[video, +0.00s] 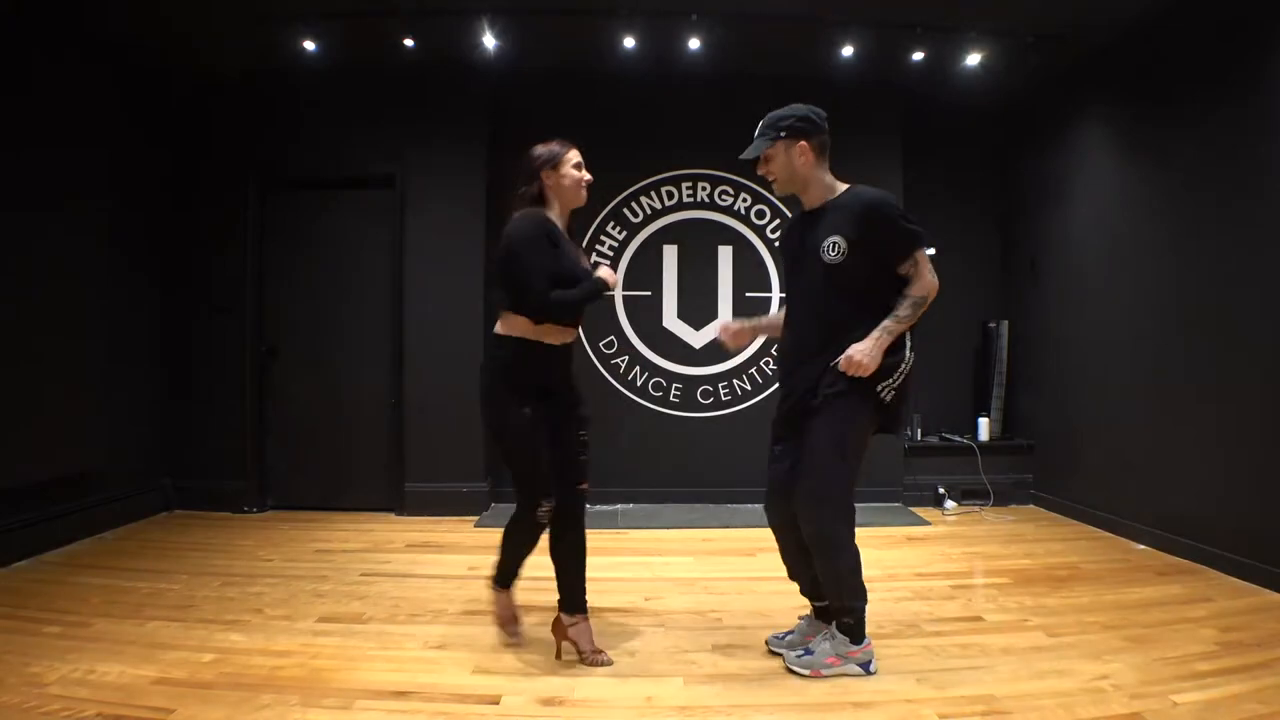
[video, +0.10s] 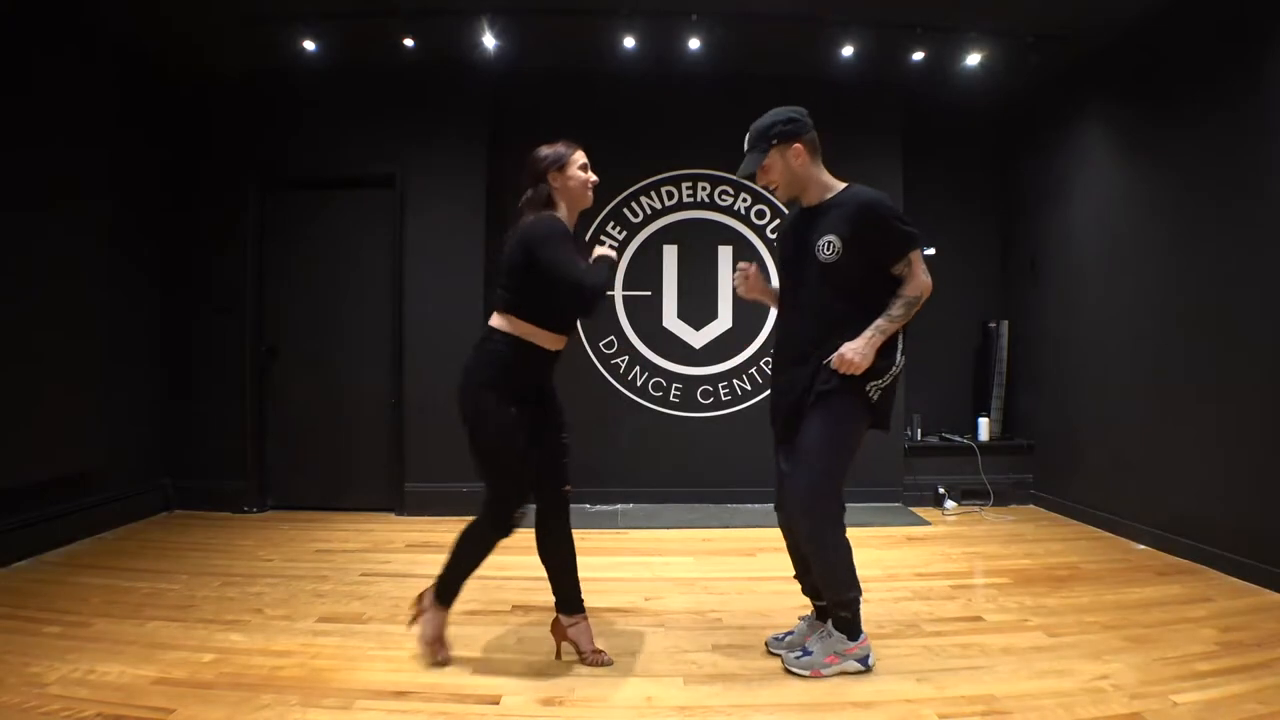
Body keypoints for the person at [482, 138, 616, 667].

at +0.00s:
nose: (587, 176)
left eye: (585, 168)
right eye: (577, 168)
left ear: (562, 182)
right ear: (547, 178)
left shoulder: (564, 236)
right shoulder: (527, 227)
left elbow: (566, 304)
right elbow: (536, 303)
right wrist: (595, 286)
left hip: (557, 371)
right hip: (513, 370)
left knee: (571, 496)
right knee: (536, 497)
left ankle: (573, 614)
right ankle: (502, 585)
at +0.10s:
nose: (593, 176)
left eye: (591, 169)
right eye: (582, 169)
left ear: (565, 184)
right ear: (553, 181)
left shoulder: (566, 236)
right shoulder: (540, 229)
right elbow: (584, 293)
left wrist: (594, 268)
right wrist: (604, 261)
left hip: (536, 378)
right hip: (496, 373)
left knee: (554, 500)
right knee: (504, 505)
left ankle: (572, 616)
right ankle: (436, 602)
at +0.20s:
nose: (590, 180)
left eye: (588, 171)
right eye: (579, 172)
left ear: (568, 184)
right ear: (551, 183)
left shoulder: (560, 235)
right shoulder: (543, 232)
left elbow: (586, 300)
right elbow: (598, 299)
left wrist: (596, 266)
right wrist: (606, 257)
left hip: (518, 382)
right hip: (485, 377)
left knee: (544, 500)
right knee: (468, 511)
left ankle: (571, 618)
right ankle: (406, 621)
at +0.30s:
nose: (578, 182)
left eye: (575, 173)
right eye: (568, 174)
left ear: (543, 184)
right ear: (538, 183)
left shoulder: (520, 235)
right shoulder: (537, 239)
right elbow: (582, 320)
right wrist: (614, 276)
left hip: (491, 381)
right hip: (468, 378)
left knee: (540, 493)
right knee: (438, 506)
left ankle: (562, 617)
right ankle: (398, 627)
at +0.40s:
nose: (569, 182)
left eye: (566, 173)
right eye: (559, 173)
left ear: (532, 183)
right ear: (528, 181)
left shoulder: (505, 237)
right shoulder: (526, 242)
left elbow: (461, 282)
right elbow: (558, 334)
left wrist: (518, 304)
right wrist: (623, 317)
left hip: (483, 377)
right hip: (472, 377)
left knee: (546, 487)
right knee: (432, 507)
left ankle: (519, 611)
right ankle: (396, 629)